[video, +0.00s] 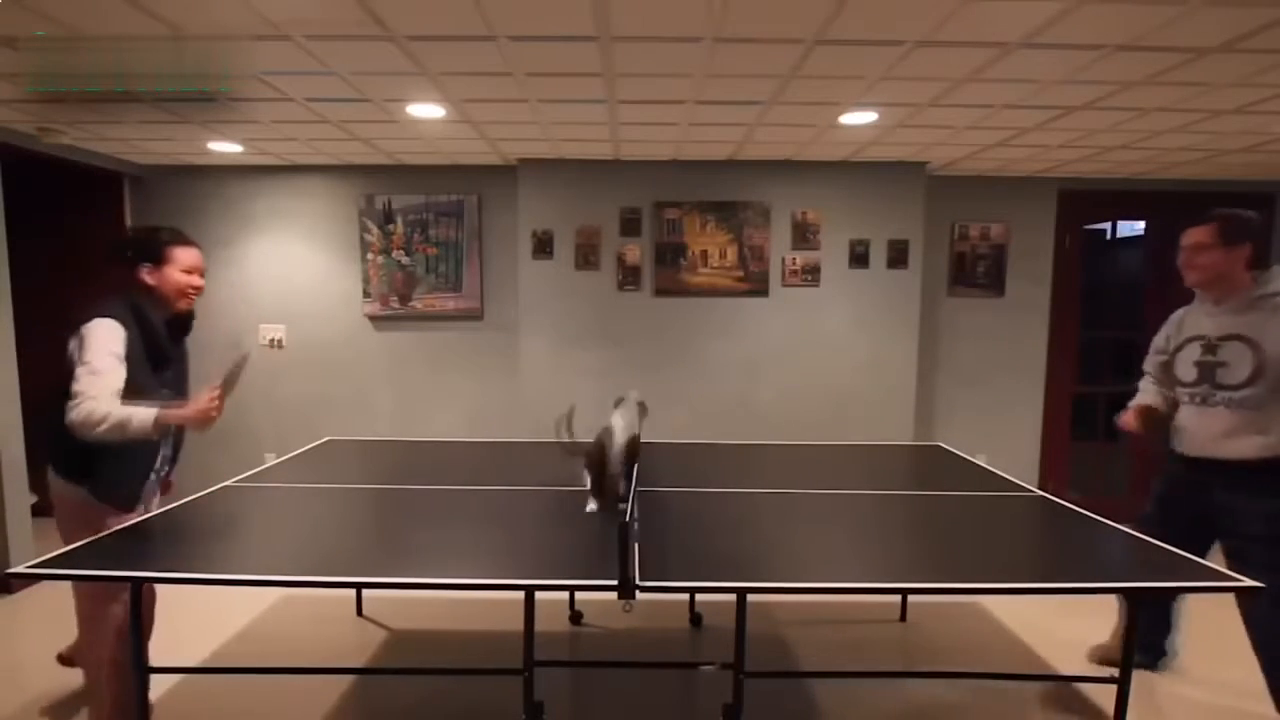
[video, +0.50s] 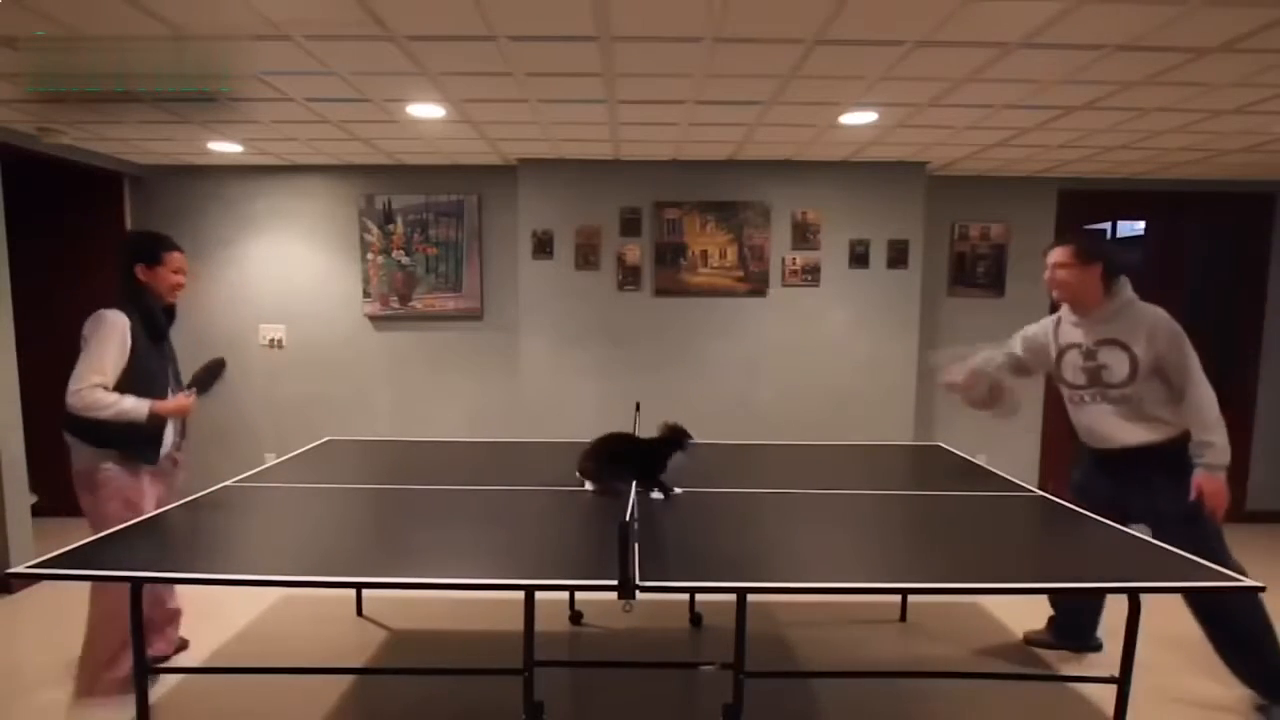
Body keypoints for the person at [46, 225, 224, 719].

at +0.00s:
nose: (198, 283)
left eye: (200, 273)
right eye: (187, 271)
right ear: (147, 274)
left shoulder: (169, 330)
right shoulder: (110, 328)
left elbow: (161, 410)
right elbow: (86, 413)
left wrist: (166, 469)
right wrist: (179, 415)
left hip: (136, 482)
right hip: (87, 487)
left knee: (137, 600)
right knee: (108, 614)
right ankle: (110, 712)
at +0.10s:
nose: (206, 284)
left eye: (207, 274)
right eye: (196, 273)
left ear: (168, 277)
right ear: (156, 275)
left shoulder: (170, 328)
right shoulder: (117, 329)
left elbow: (158, 407)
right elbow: (74, 420)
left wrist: (169, 468)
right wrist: (163, 436)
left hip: (142, 481)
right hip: (93, 488)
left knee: (145, 602)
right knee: (113, 612)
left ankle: (134, 702)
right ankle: (118, 709)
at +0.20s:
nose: (206, 288)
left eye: (206, 278)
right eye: (196, 278)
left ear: (169, 281)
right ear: (158, 279)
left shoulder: (170, 330)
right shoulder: (120, 332)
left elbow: (162, 408)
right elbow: (74, 421)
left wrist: (172, 468)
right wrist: (159, 441)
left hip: (146, 478)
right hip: (101, 486)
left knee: (156, 571)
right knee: (124, 608)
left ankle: (156, 644)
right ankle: (125, 710)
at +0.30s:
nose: (197, 289)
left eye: (198, 280)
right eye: (188, 279)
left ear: (170, 284)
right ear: (154, 280)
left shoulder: (167, 334)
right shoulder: (118, 333)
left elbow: (161, 404)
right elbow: (77, 415)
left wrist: (192, 415)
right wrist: (158, 431)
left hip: (157, 481)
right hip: (114, 488)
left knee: (164, 567)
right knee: (119, 593)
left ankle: (160, 647)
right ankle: (119, 702)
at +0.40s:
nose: (188, 287)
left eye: (189, 278)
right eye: (180, 278)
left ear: (168, 282)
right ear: (148, 278)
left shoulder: (162, 332)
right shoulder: (116, 330)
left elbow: (166, 396)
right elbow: (82, 408)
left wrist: (190, 407)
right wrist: (159, 420)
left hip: (160, 473)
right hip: (118, 478)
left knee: (164, 563)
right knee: (119, 587)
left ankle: (159, 644)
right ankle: (116, 705)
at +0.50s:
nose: (182, 282)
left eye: (184, 273)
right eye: (174, 272)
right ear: (143, 273)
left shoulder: (155, 327)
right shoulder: (114, 323)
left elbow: (159, 391)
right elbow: (81, 397)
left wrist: (182, 399)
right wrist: (157, 408)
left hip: (151, 465)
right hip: (113, 468)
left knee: (155, 554)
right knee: (122, 565)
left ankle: (159, 641)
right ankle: (105, 677)